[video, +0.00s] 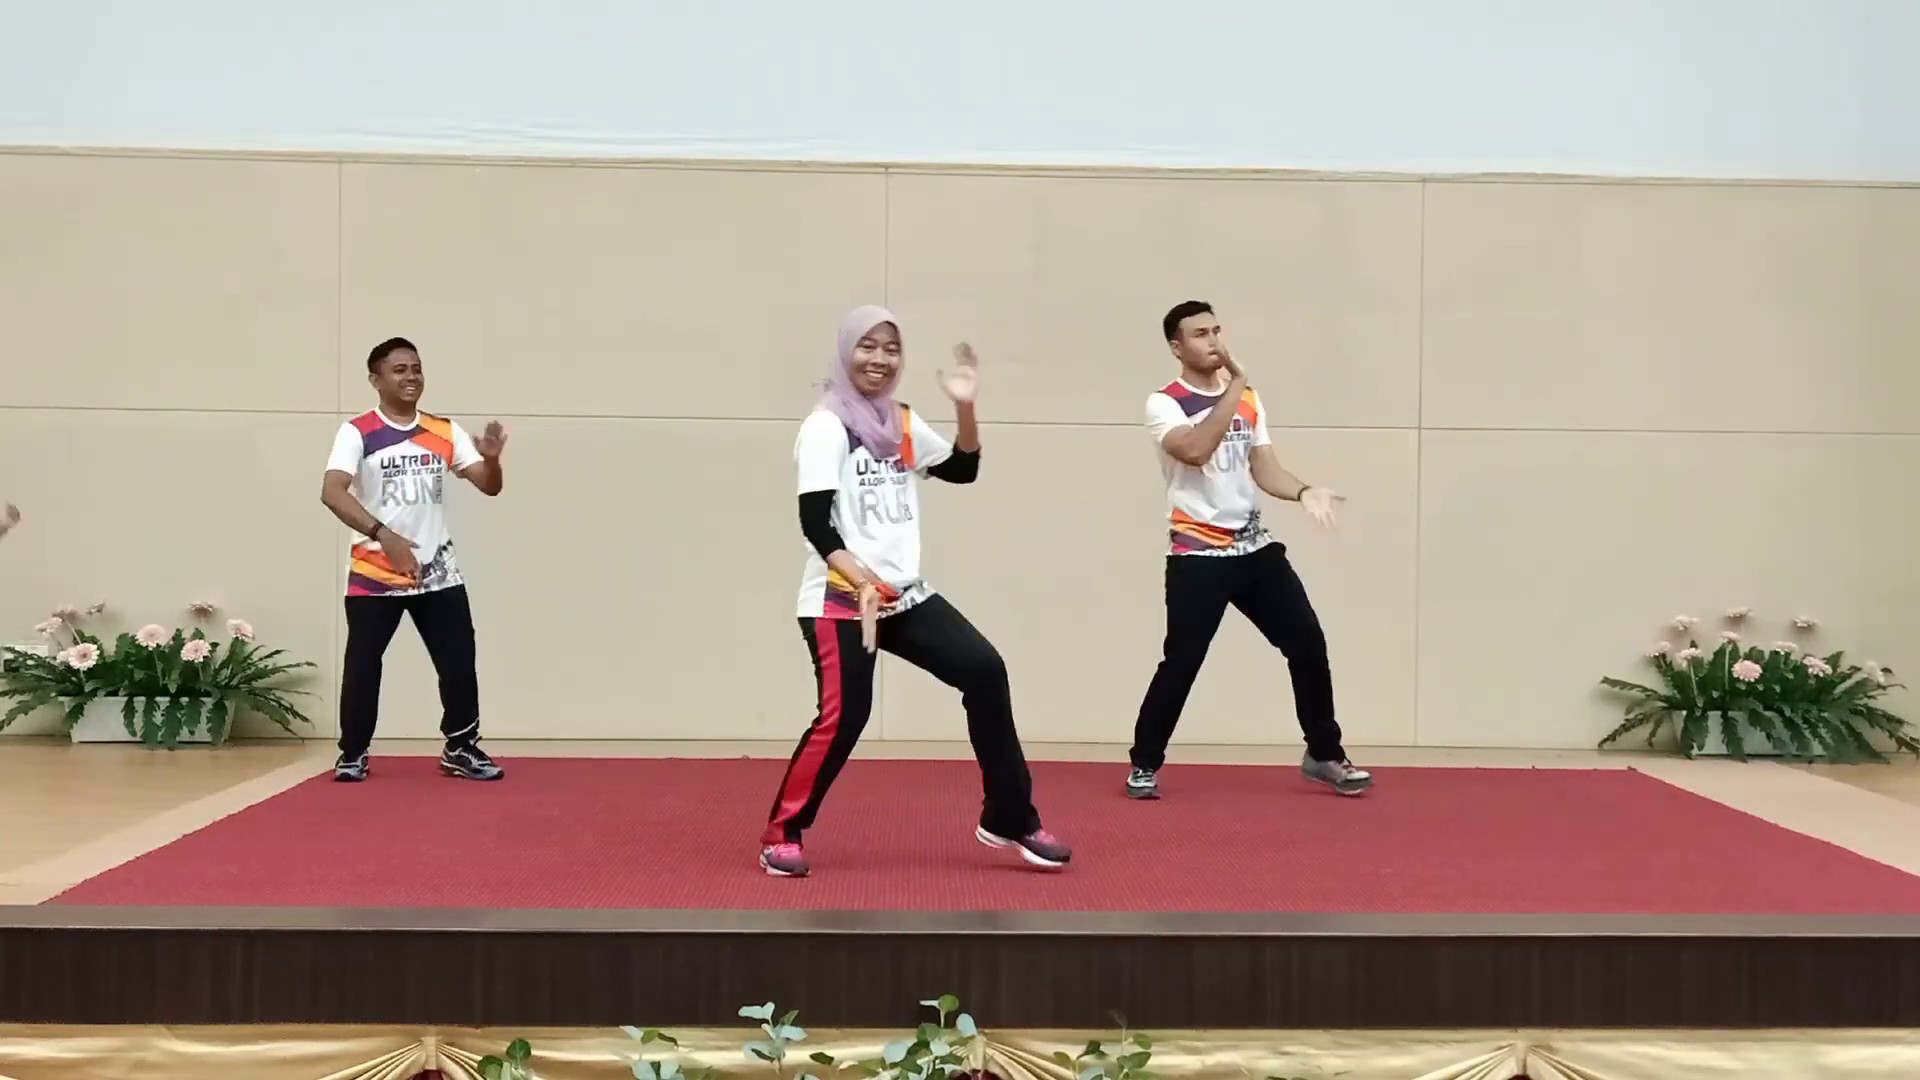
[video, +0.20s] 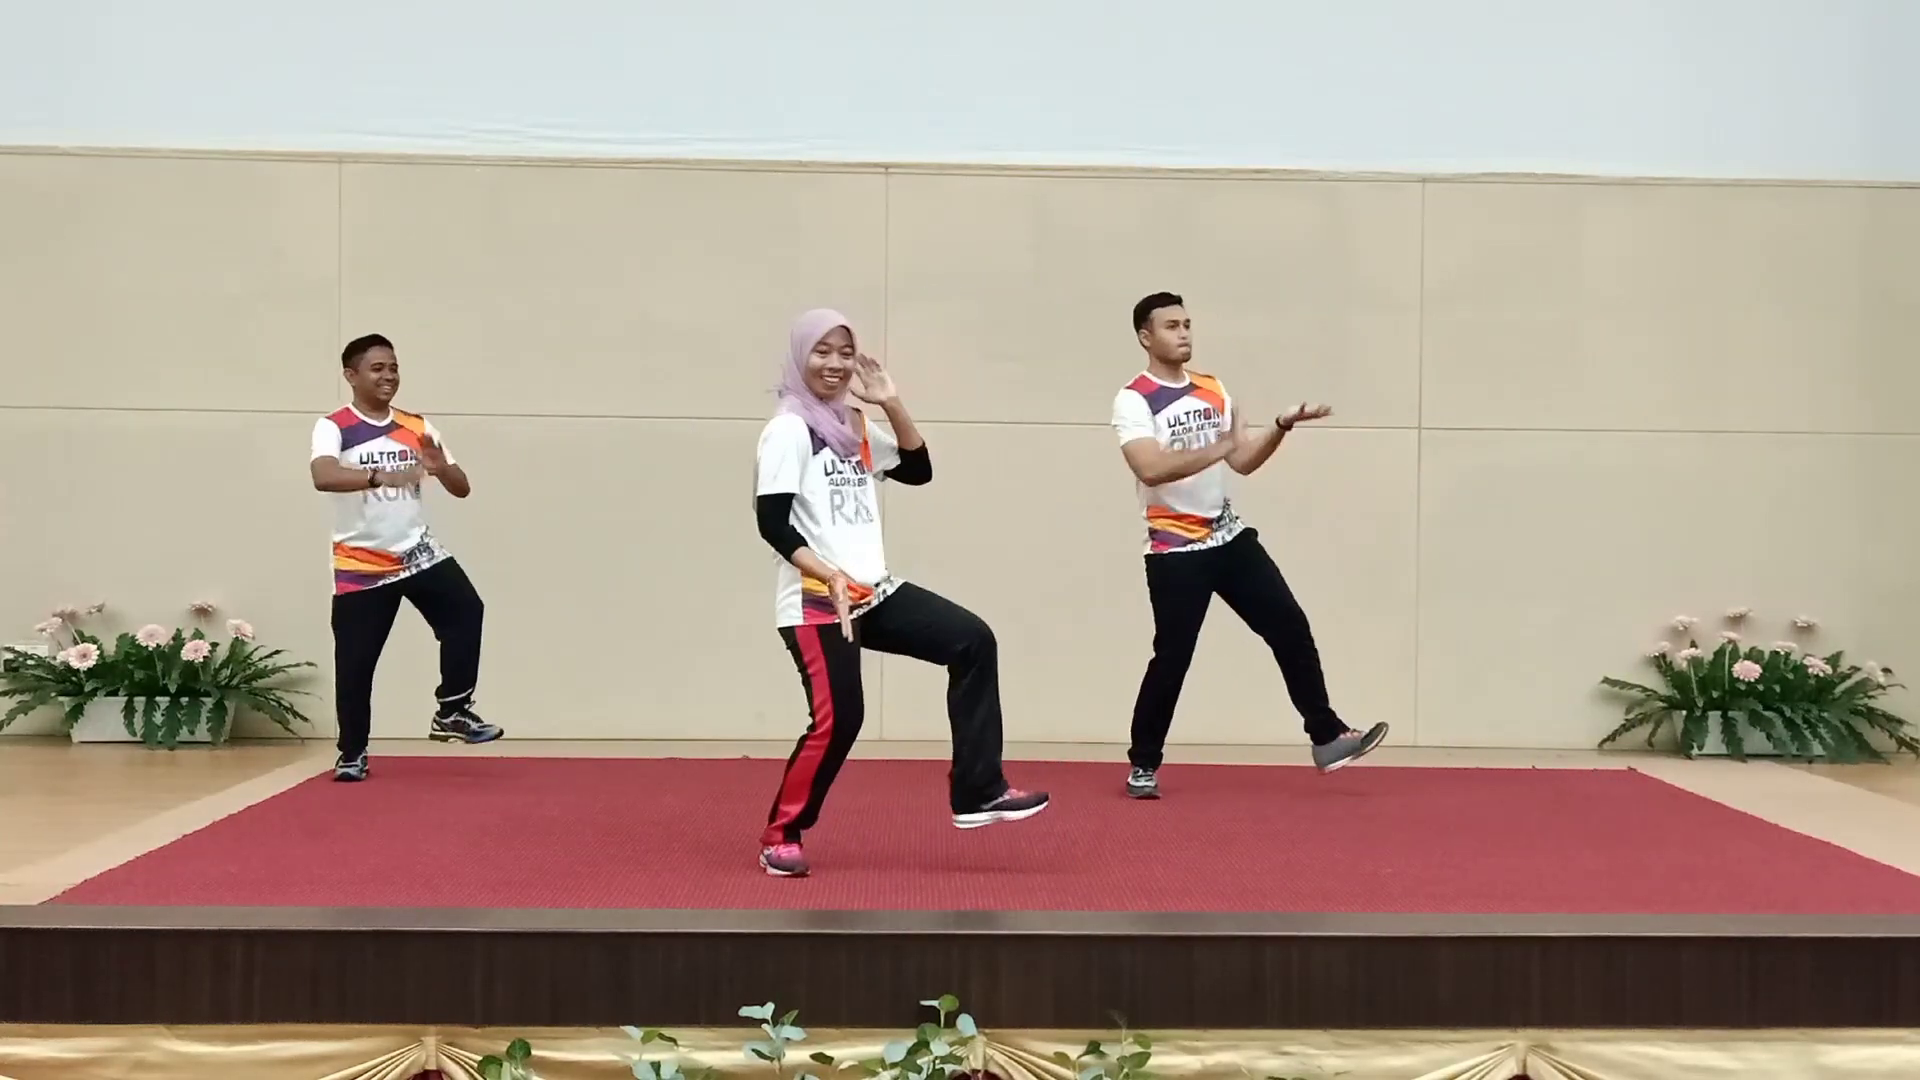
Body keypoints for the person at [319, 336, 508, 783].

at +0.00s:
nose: (411, 377)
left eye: (416, 369)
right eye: (400, 370)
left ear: (423, 376)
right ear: (376, 379)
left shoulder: (445, 431)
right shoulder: (357, 432)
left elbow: (490, 487)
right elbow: (333, 493)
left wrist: (491, 459)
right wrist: (383, 534)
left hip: (437, 574)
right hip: (376, 576)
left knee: (459, 662)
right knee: (361, 667)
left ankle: (461, 748)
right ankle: (353, 755)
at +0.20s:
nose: (389, 375)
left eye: (393, 368)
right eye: (377, 368)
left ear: (398, 374)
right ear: (351, 375)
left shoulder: (417, 427)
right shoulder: (332, 426)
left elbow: (461, 488)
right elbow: (324, 477)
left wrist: (440, 468)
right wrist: (379, 477)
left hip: (418, 555)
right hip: (360, 567)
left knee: (466, 612)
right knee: (353, 668)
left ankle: (453, 711)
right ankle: (352, 756)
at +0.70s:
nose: (372, 373)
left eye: (378, 366)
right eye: (361, 365)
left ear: (385, 372)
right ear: (338, 372)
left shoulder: (406, 425)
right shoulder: (317, 427)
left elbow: (446, 478)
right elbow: (323, 483)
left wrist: (465, 514)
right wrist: (372, 435)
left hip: (413, 557)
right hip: (355, 565)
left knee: (451, 624)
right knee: (352, 665)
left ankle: (464, 721)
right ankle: (351, 753)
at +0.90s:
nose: (385, 357)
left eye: (394, 351)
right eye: (375, 349)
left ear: (406, 360)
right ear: (357, 358)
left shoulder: (428, 413)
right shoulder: (334, 408)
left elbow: (480, 462)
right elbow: (323, 469)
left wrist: (483, 446)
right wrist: (387, 471)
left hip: (423, 544)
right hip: (363, 551)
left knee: (457, 618)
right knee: (352, 654)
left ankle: (475, 709)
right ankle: (348, 749)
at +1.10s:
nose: (413, 370)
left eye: (423, 363)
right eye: (404, 363)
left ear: (439, 373)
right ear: (392, 373)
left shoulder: (461, 428)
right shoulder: (365, 426)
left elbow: (500, 484)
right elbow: (334, 495)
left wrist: (468, 432)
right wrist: (365, 552)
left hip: (442, 572)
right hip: (379, 572)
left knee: (460, 657)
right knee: (359, 666)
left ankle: (485, 753)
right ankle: (350, 751)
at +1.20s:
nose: (430, 368)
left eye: (441, 360)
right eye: (422, 362)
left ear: (463, 369)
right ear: (414, 373)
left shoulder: (487, 426)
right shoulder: (390, 424)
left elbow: (507, 486)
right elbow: (353, 483)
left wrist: (458, 448)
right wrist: (338, 536)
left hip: (458, 569)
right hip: (397, 567)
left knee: (468, 662)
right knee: (373, 661)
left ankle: (484, 755)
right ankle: (354, 749)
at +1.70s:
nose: (509, 377)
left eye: (520, 370)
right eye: (506, 370)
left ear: (548, 378)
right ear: (503, 377)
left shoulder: (558, 427)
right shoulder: (497, 436)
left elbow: (562, 492)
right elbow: (468, 502)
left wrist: (518, 546)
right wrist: (461, 470)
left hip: (541, 565)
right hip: (518, 566)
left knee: (504, 655)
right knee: (548, 657)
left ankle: (489, 755)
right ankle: (584, 750)